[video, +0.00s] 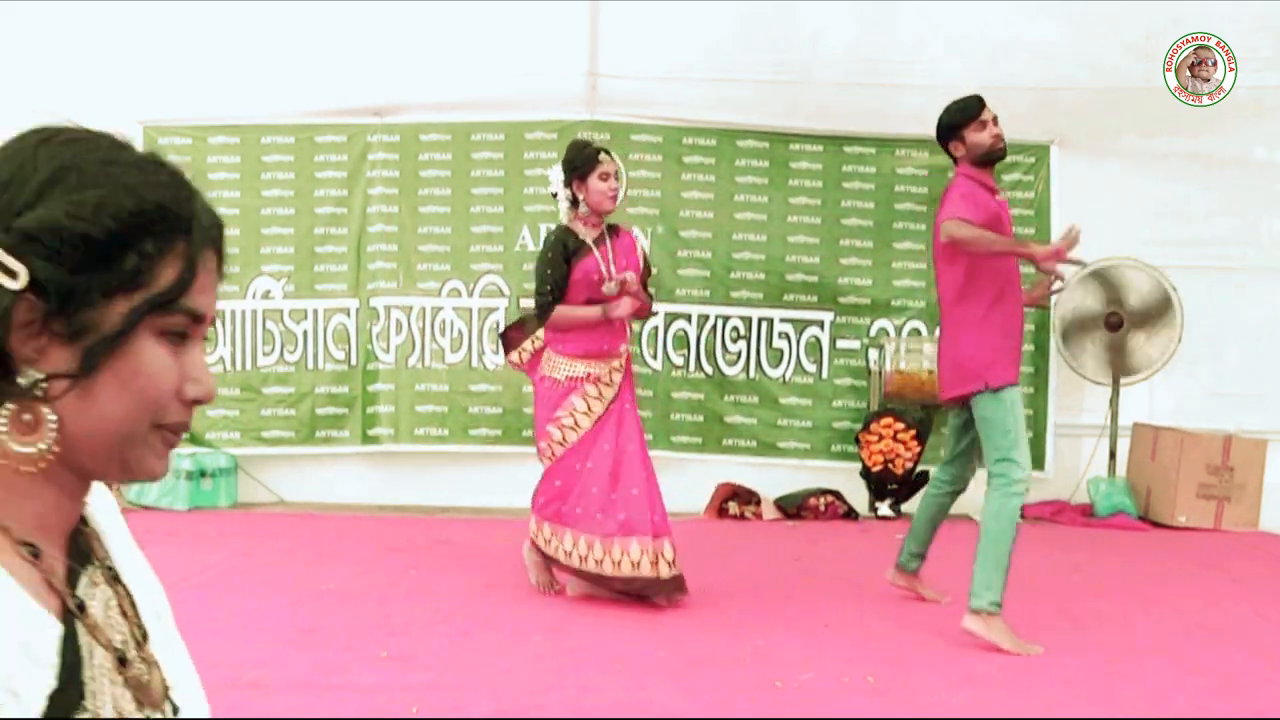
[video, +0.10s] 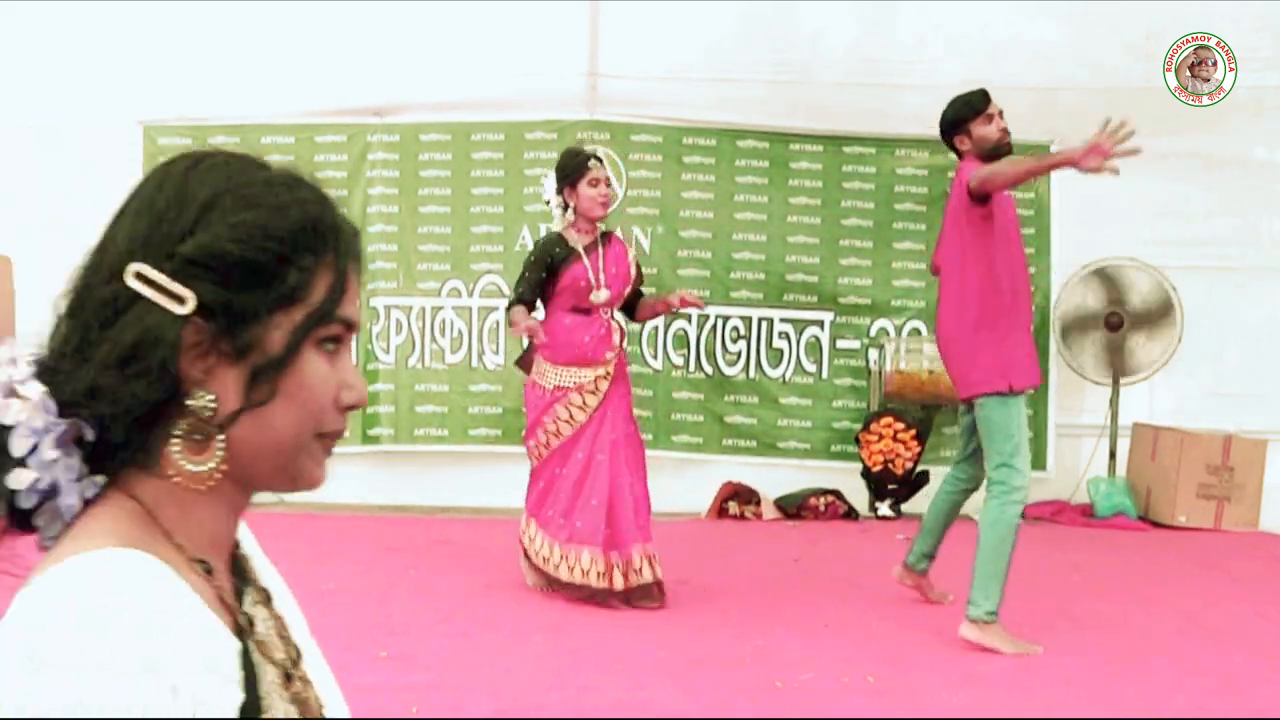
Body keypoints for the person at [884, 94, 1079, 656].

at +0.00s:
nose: (996, 130)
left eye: (995, 121)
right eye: (984, 126)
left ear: (994, 134)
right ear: (958, 144)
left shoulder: (983, 197)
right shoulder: (968, 189)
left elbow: (980, 292)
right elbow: (953, 232)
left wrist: (1032, 295)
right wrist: (1033, 250)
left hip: (977, 355)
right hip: (984, 358)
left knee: (952, 474)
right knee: (1011, 475)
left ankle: (906, 567)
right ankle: (985, 610)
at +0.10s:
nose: (1003, 123)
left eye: (1000, 115)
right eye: (991, 119)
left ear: (976, 135)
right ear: (964, 137)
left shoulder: (972, 186)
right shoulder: (973, 174)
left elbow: (942, 264)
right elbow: (988, 178)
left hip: (981, 352)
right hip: (992, 353)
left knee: (969, 465)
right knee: (1009, 482)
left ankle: (915, 565)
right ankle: (982, 618)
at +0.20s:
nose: (1004, 103)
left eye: (1002, 96)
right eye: (993, 98)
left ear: (978, 115)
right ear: (966, 116)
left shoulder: (972, 166)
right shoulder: (973, 154)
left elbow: (940, 235)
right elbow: (1001, 132)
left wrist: (991, 270)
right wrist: (1075, 91)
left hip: (986, 334)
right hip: (986, 336)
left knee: (977, 458)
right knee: (1000, 462)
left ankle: (922, 559)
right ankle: (988, 602)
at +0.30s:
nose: (1004, 105)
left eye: (1002, 97)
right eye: (991, 101)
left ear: (988, 107)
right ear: (963, 118)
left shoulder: (966, 169)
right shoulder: (971, 156)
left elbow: (932, 251)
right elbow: (1009, 149)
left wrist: (991, 268)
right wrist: (1068, 97)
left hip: (984, 340)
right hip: (981, 341)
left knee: (985, 461)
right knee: (998, 465)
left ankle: (928, 561)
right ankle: (968, 604)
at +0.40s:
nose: (1000, 130)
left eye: (999, 122)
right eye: (987, 125)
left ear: (989, 134)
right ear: (958, 141)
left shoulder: (970, 192)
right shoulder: (963, 184)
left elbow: (937, 292)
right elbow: (989, 234)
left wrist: (1012, 320)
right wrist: (1057, 184)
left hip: (982, 363)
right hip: (976, 363)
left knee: (989, 481)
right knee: (1001, 488)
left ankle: (927, 571)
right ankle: (961, 621)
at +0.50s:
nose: (978, 147)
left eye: (986, 138)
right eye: (965, 142)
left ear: (1000, 153)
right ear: (951, 159)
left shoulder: (1004, 228)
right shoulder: (941, 213)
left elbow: (1000, 314)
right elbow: (921, 291)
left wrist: (1025, 309)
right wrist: (997, 279)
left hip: (991, 375)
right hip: (952, 372)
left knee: (995, 497)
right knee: (974, 488)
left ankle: (929, 571)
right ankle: (959, 622)